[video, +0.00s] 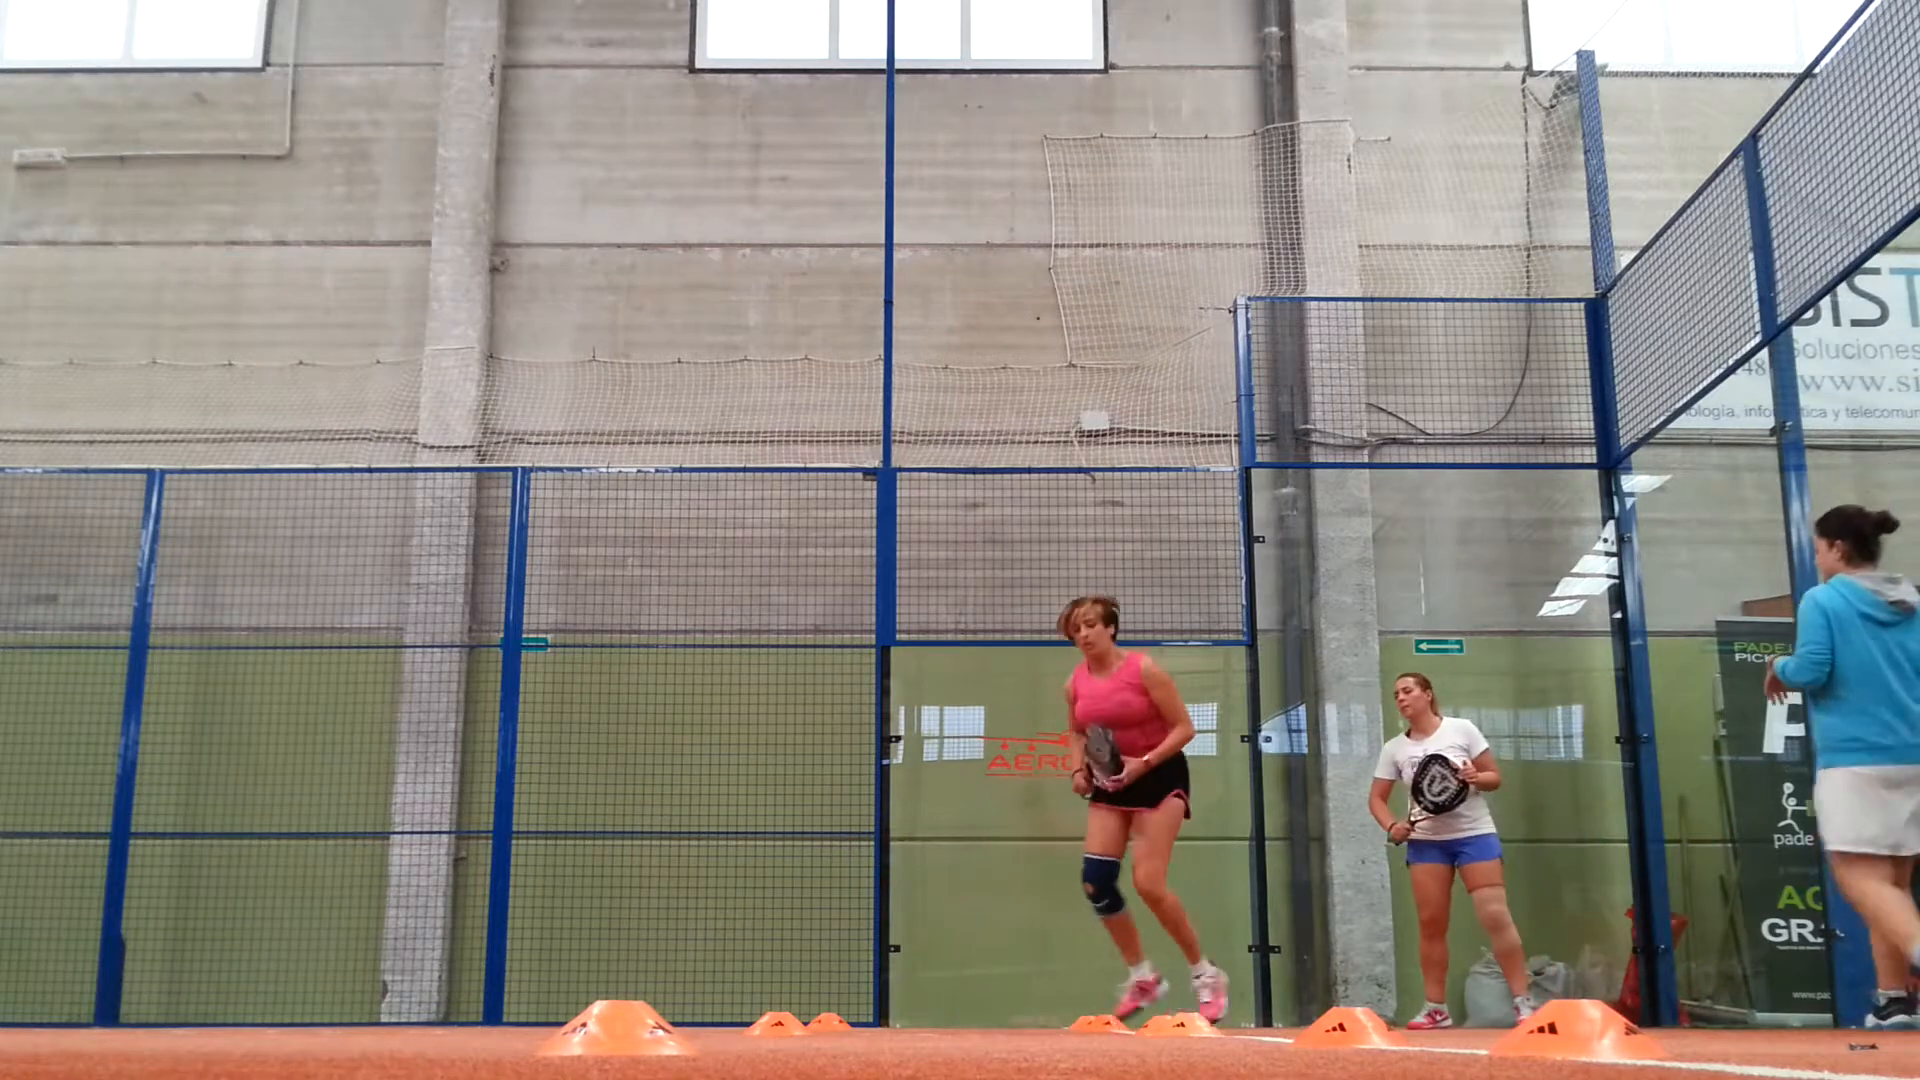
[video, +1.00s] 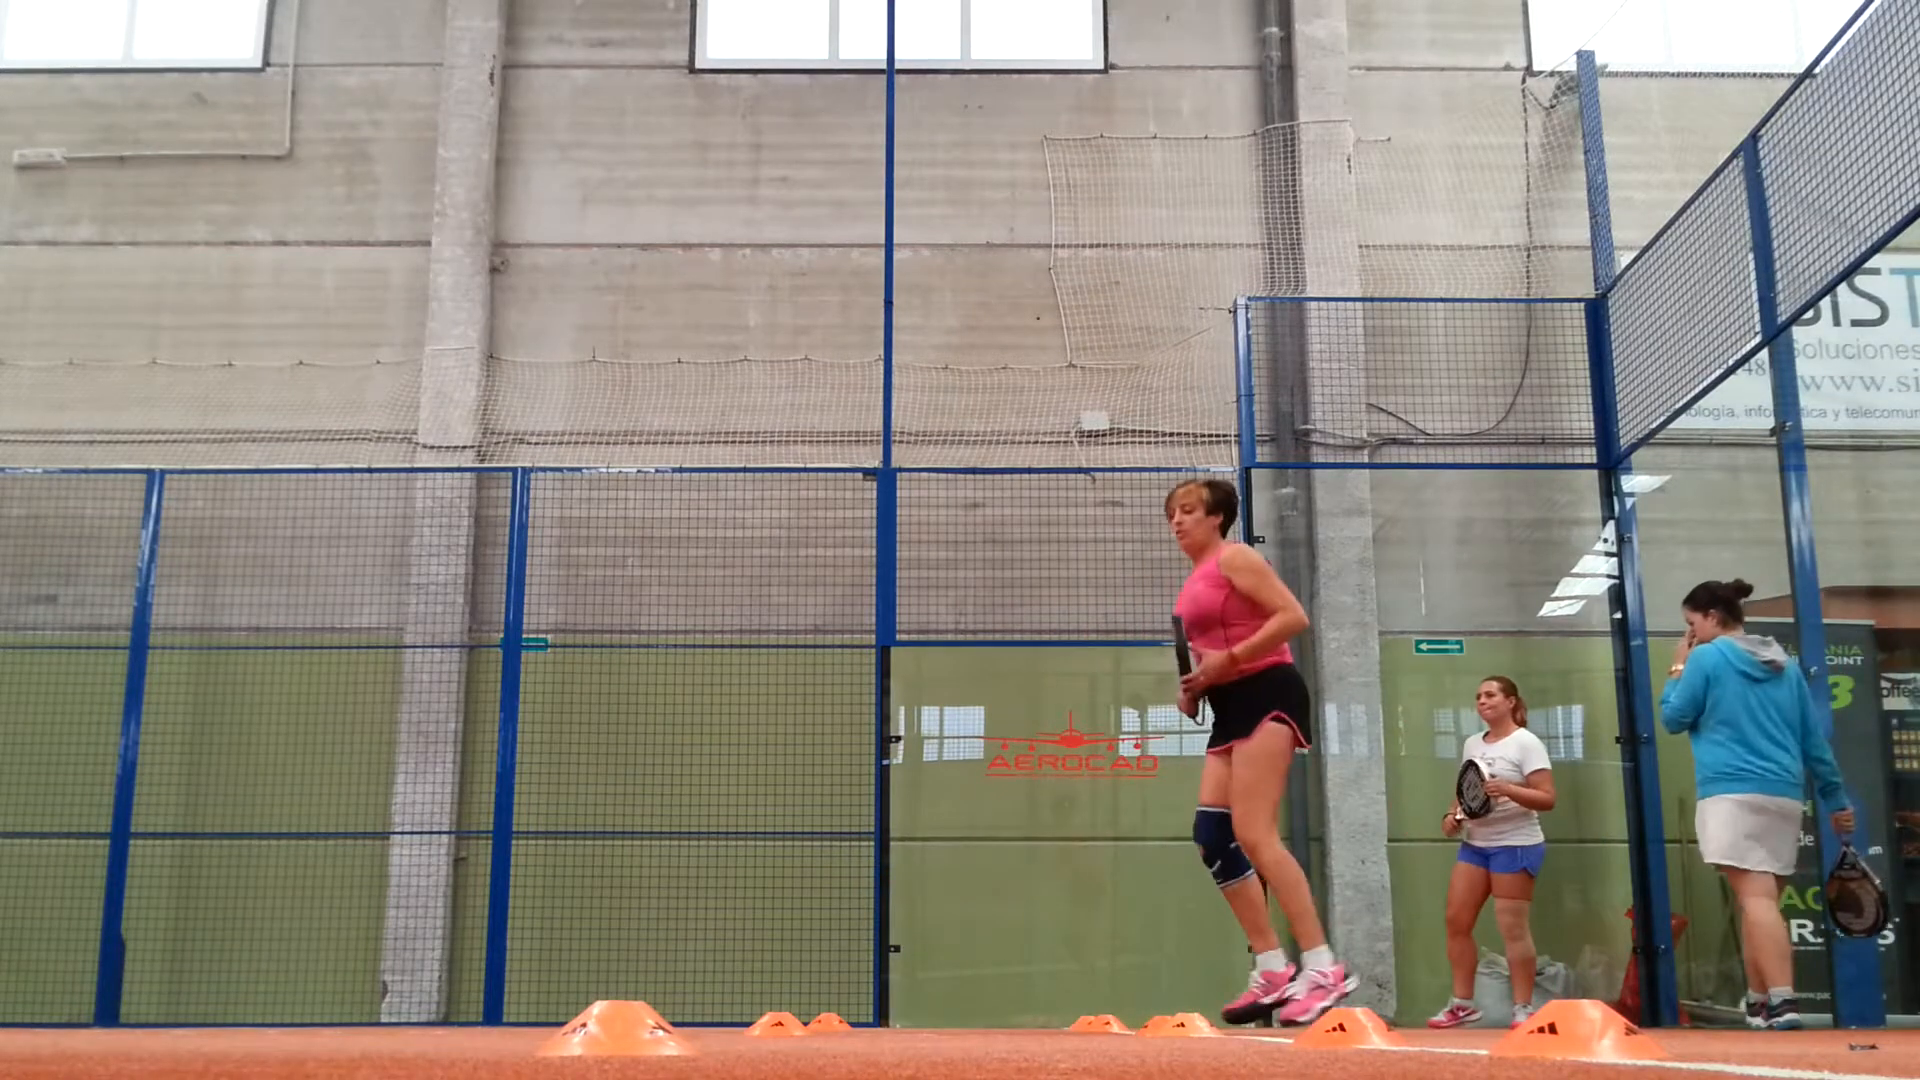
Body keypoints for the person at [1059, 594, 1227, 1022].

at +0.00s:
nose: (1085, 633)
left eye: (1092, 624)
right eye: (1078, 628)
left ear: (1111, 628)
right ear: (1072, 636)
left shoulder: (1144, 670)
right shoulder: (1076, 683)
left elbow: (1185, 729)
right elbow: (1077, 733)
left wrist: (1144, 763)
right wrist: (1079, 765)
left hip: (1160, 777)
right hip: (1108, 783)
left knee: (1149, 883)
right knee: (1097, 884)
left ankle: (1206, 974)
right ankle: (1143, 976)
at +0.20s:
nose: (1107, 650)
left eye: (1116, 643)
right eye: (1100, 645)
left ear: (1135, 652)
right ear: (1095, 656)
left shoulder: (1160, 692)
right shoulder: (1105, 705)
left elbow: (1204, 754)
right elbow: (1121, 764)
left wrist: (1158, 794)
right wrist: (1118, 804)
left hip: (1190, 795)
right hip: (1144, 805)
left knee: (1174, 894)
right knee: (1141, 909)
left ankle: (1236, 1000)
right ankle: (1167, 1005)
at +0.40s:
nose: (1140, 588)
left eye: (1150, 580)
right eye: (1134, 581)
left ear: (1170, 588)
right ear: (1128, 590)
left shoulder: (1189, 624)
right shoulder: (1141, 641)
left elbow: (1240, 676)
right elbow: (1154, 703)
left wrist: (1189, 713)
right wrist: (1144, 736)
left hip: (1219, 750)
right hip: (1179, 754)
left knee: (1203, 865)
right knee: (1173, 867)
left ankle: (1238, 991)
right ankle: (1215, 983)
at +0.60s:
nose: (1171, 577)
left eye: (1181, 567)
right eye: (1163, 570)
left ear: (1202, 573)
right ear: (1155, 578)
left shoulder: (1224, 616)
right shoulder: (1167, 632)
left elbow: (1274, 678)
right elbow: (1184, 697)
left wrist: (1221, 711)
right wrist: (1170, 729)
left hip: (1244, 741)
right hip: (1203, 749)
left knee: (1243, 859)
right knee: (1221, 875)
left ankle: (1292, 983)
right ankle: (1276, 990)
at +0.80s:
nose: (1185, 579)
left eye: (1196, 570)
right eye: (1181, 571)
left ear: (1221, 578)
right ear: (1178, 581)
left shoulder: (1241, 617)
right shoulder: (1199, 637)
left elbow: (1297, 678)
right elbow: (1214, 708)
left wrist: (1240, 724)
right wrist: (1201, 748)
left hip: (1270, 751)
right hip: (1227, 760)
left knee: (1277, 877)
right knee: (1238, 884)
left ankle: (1347, 996)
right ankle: (1284, 990)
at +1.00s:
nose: (1176, 522)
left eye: (1187, 511)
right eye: (1173, 514)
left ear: (1216, 517)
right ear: (1174, 524)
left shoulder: (1236, 558)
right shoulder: (1199, 574)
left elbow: (1293, 616)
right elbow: (1224, 645)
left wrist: (1229, 660)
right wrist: (1199, 680)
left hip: (1268, 700)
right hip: (1232, 708)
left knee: (1256, 835)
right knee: (1213, 837)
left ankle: (1324, 969)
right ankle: (1273, 968)